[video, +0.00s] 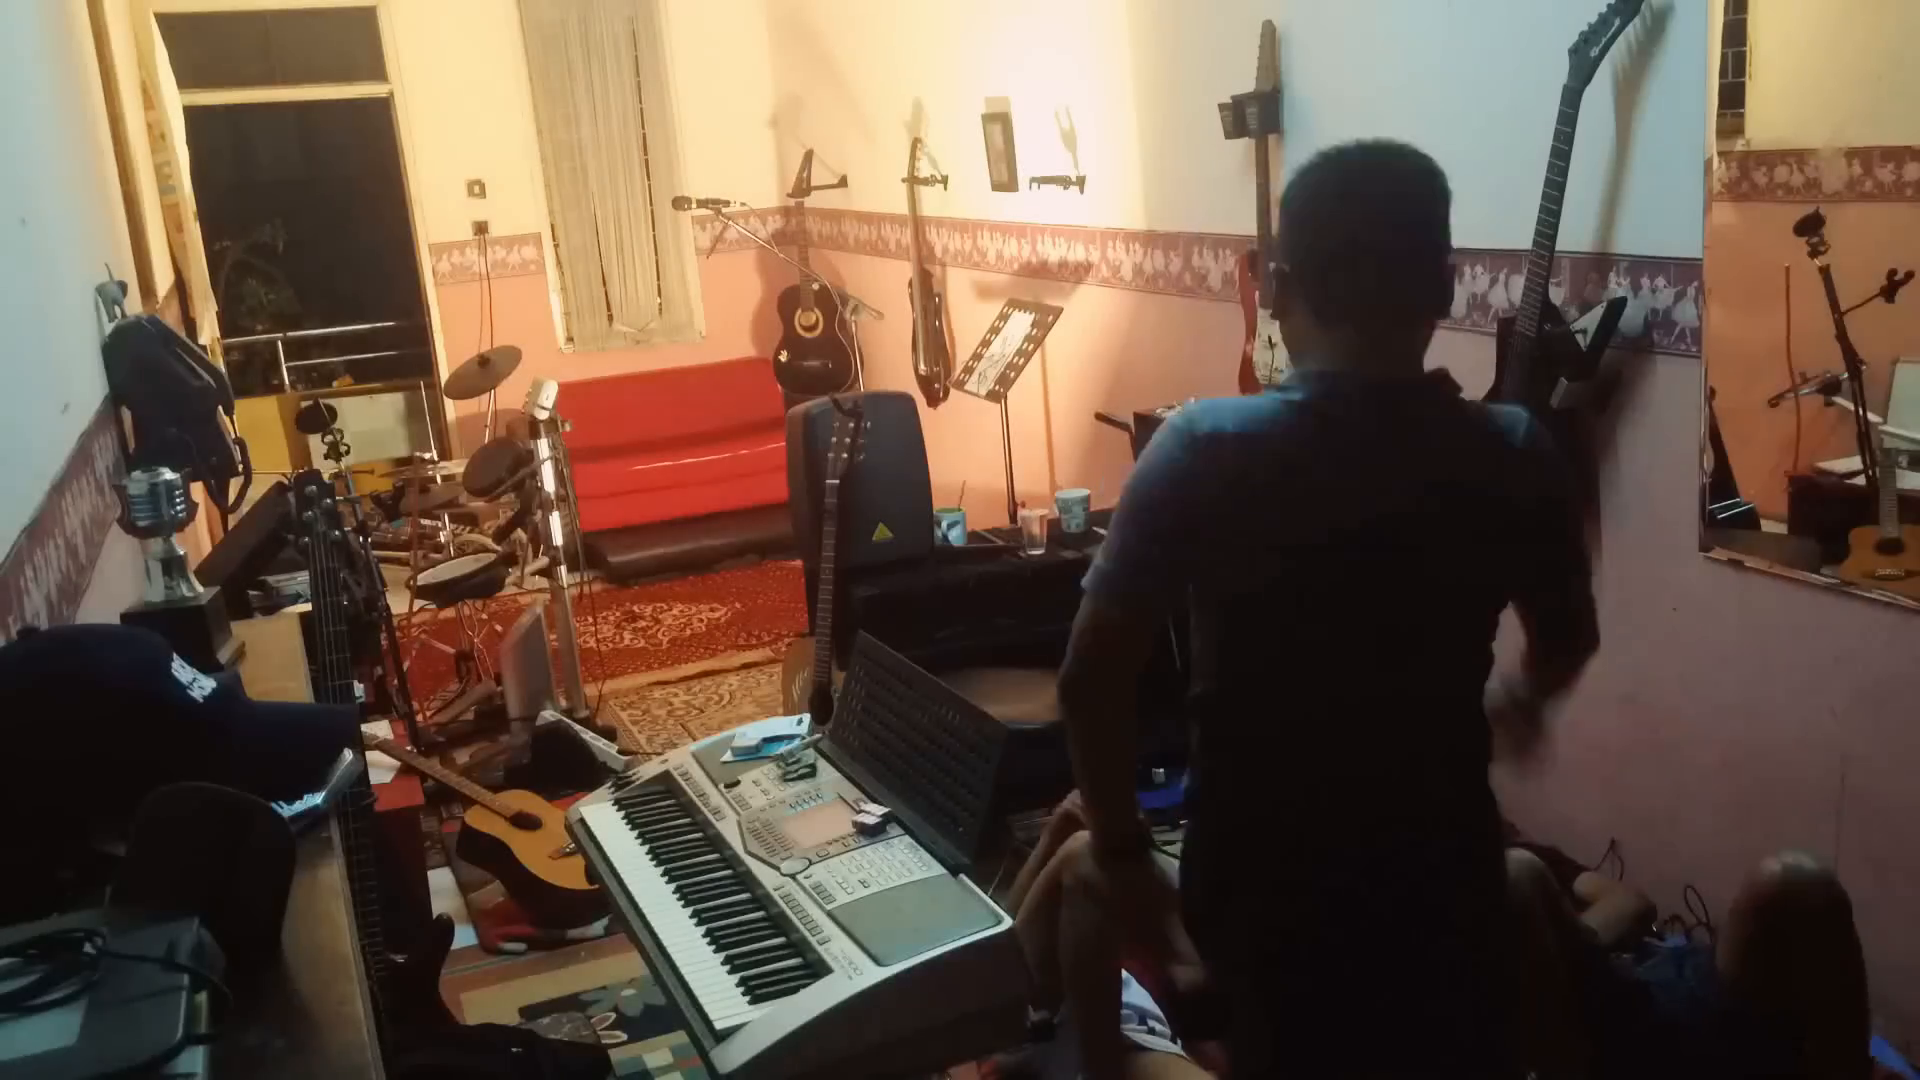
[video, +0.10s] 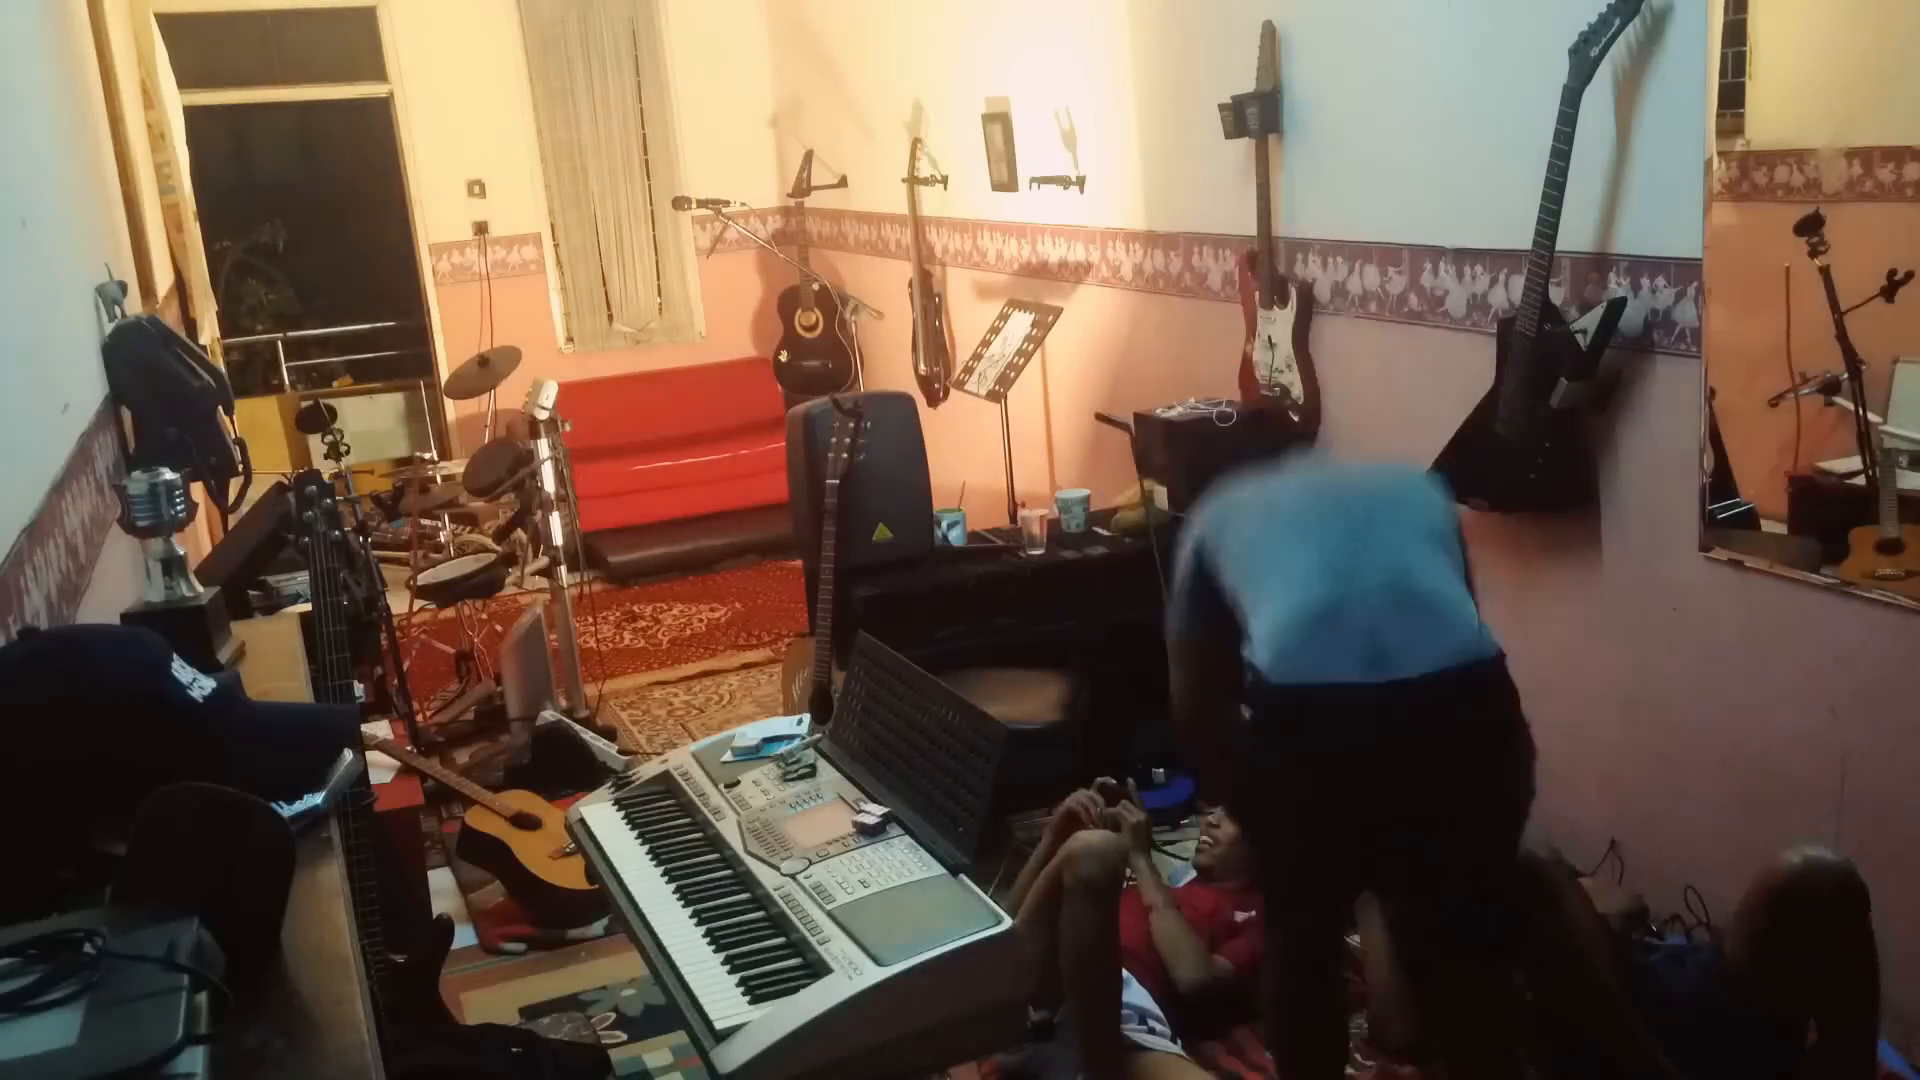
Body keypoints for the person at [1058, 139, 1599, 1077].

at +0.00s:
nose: (1273, 299)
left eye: (1272, 278)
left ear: (1278, 292)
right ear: (1446, 289)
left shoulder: (1206, 448)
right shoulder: (1511, 451)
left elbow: (1093, 672)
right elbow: (1565, 637)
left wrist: (1127, 866)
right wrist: (1519, 702)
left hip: (1259, 872)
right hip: (1442, 862)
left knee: (1274, 1056)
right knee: (1446, 1056)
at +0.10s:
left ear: (1219, 477)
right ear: (1309, 448)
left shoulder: (1213, 515)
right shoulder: (1416, 480)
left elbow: (1195, 696)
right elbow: (1463, 616)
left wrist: (1232, 795)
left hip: (1311, 741)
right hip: (1469, 724)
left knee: (1302, 938)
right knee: (1465, 937)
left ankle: (1310, 1066)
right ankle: (1482, 1063)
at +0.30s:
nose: (1208, 337)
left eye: (1203, 314)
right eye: (1196, 319)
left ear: (1244, 281)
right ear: (1287, 259)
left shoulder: (1289, 372)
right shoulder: (1440, 303)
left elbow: (1290, 567)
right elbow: (1546, 392)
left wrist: (1303, 723)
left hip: (1414, 692)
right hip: (1535, 672)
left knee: (1372, 962)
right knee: (1474, 946)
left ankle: (1399, 1071)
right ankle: (1472, 1069)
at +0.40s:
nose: (1189, 299)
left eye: (1190, 273)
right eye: (1183, 276)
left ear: (1235, 258)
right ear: (1285, 245)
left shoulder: (1318, 358)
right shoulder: (1383, 334)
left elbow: (1327, 582)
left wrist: (1279, 757)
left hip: (1400, 707)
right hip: (1455, 687)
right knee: (1348, 935)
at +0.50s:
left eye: (1178, 477)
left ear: (1219, 460)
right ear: (1322, 471)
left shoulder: (1203, 473)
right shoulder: (1385, 508)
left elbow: (1135, 562)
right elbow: (1419, 648)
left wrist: (1169, 697)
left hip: (1236, 656)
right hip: (1372, 659)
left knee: (1204, 886)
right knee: (1361, 858)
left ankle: (1221, 1062)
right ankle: (1362, 1051)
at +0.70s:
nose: (1098, 361)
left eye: (1095, 339)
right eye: (1086, 344)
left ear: (1132, 310)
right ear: (1184, 279)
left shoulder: (1186, 386)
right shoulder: (1335, 322)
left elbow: (1120, 519)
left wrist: (1067, 455)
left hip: (1283, 672)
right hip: (1387, 656)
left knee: (1215, 899)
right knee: (1332, 878)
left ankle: (1237, 1064)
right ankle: (1357, 1052)